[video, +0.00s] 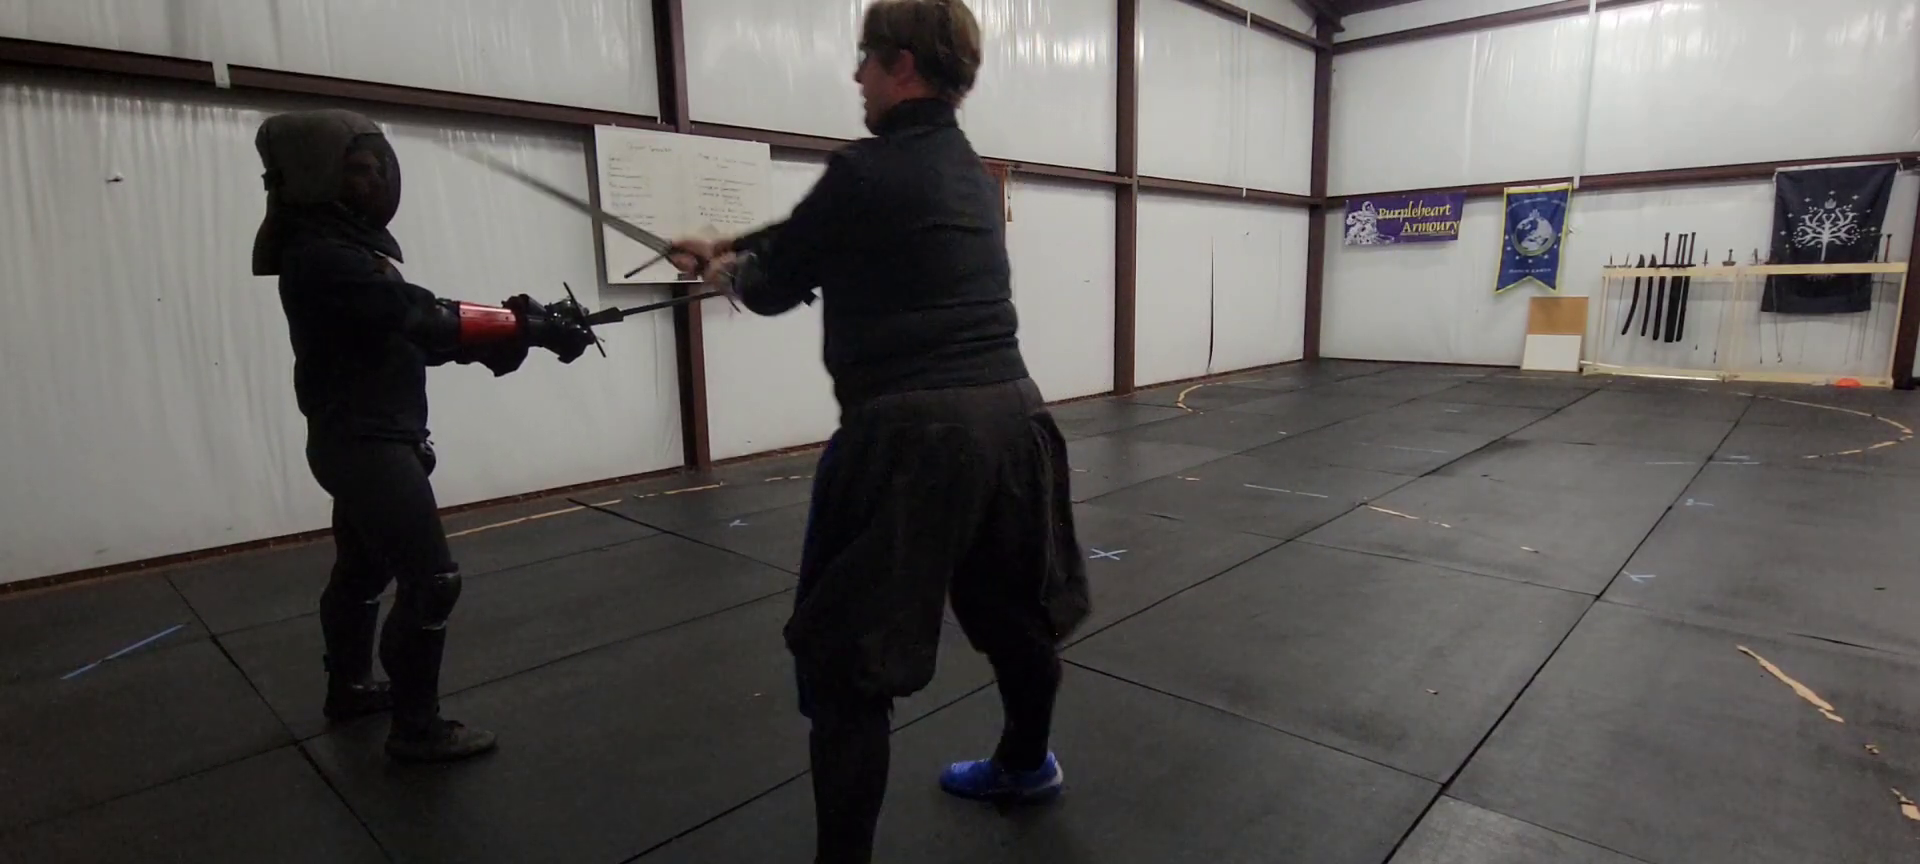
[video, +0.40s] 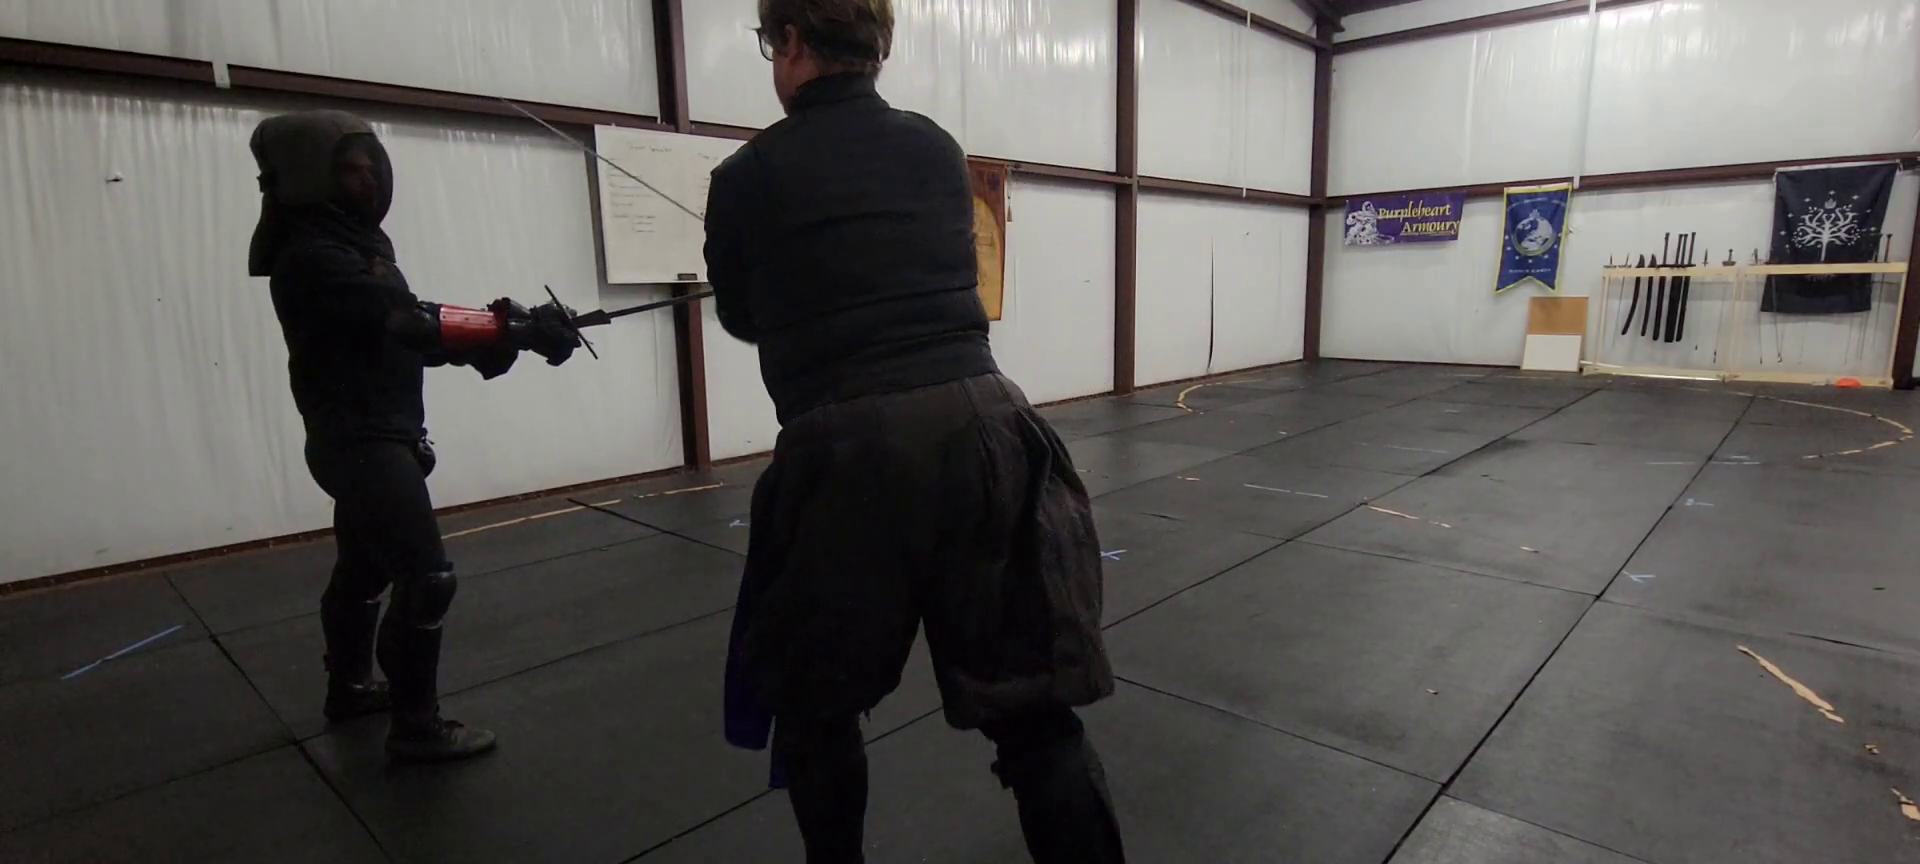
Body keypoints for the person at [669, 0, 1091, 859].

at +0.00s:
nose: (857, 75)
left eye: (867, 59)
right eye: (861, 59)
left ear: (905, 69)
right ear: (932, 75)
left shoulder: (863, 174)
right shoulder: (972, 169)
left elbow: (772, 283)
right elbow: (839, 238)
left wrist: (722, 267)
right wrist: (734, 249)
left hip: (901, 432)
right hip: (1009, 418)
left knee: (843, 648)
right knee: (1013, 602)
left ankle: (844, 847)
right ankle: (1027, 763)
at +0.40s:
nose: (770, 68)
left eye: (771, 47)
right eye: (771, 48)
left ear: (793, 46)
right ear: (875, 47)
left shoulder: (746, 176)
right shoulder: (936, 146)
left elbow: (741, 314)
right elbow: (949, 273)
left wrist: (849, 278)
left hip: (843, 450)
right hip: (979, 428)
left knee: (817, 703)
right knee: (1029, 705)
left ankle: (835, 855)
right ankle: (1088, 848)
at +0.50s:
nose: (774, 71)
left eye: (773, 51)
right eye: (773, 51)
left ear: (794, 49)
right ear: (880, 48)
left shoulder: (745, 189)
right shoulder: (955, 153)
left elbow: (760, 337)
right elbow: (965, 290)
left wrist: (832, 414)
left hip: (848, 467)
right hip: (985, 444)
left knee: (813, 711)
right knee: (1034, 722)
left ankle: (834, 854)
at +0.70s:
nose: (814, 108)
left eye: (814, 92)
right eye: (813, 93)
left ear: (829, 93)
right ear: (923, 90)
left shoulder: (784, 237)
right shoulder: (1005, 190)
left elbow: (804, 384)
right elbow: (1076, 368)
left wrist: (886, 442)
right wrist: (1013, 447)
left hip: (862, 513)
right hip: (1018, 493)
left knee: (793, 702)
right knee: (1059, 756)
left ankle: (831, 848)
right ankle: (1076, 845)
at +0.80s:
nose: (832, 112)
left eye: (832, 97)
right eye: (834, 97)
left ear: (841, 99)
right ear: (936, 97)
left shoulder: (795, 244)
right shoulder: (1016, 193)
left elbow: (835, 387)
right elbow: (1089, 360)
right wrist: (1084, 454)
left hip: (873, 520)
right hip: (1031, 493)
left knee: (800, 704)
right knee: (1065, 767)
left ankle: (831, 850)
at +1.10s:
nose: (825, 90)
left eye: (824, 77)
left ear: (833, 83)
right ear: (931, 80)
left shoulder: (784, 222)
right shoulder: (1002, 184)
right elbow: (1083, 358)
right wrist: (1050, 426)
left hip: (855, 506)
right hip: (1009, 488)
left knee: (800, 698)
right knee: (1059, 761)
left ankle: (833, 850)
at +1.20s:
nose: (815, 75)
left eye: (815, 61)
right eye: (817, 58)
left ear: (827, 65)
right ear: (918, 67)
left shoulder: (772, 196)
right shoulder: (989, 170)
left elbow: (795, 314)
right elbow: (1056, 340)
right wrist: (995, 418)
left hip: (841, 481)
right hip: (992, 470)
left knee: (807, 707)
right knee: (1055, 734)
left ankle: (831, 852)